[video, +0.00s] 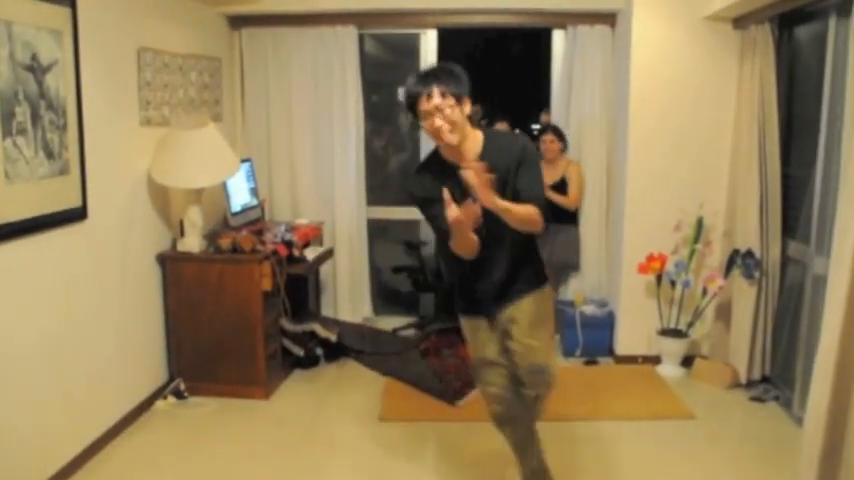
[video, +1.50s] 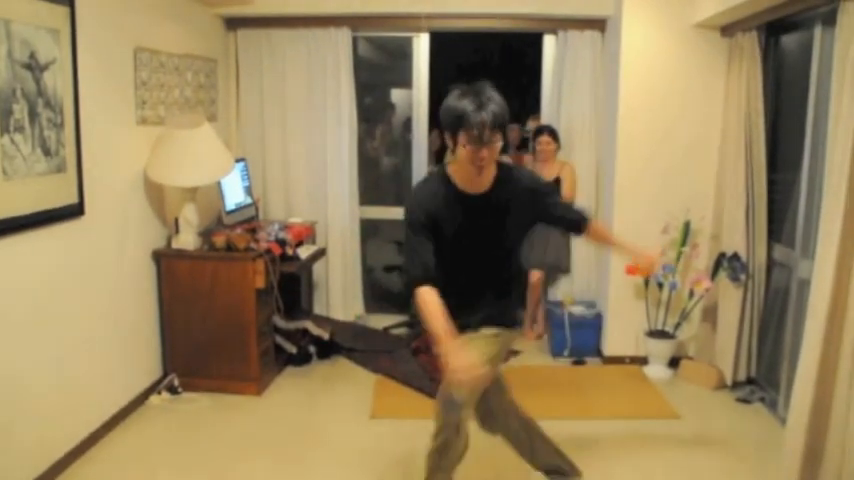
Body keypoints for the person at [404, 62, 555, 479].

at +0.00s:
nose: (437, 124)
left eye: (443, 110)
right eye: (426, 116)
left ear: (465, 105)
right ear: (418, 122)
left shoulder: (514, 148)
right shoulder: (427, 177)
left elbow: (536, 221)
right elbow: (464, 251)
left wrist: (490, 199)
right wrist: (462, 227)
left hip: (523, 285)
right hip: (473, 298)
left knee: (537, 376)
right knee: (500, 401)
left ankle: (516, 428)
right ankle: (535, 474)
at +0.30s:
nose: (476, 136)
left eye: (485, 124)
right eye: (468, 126)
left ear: (511, 122)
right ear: (460, 127)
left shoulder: (540, 181)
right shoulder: (450, 166)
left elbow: (526, 257)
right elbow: (400, 221)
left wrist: (463, 258)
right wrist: (417, 256)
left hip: (499, 298)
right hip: (449, 286)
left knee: (479, 396)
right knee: (456, 378)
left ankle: (444, 465)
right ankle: (463, 459)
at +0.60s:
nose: (452, 142)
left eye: (461, 131)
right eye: (447, 132)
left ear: (493, 128)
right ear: (442, 133)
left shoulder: (518, 193)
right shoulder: (452, 170)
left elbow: (539, 285)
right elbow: (429, 214)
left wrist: (527, 360)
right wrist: (378, 229)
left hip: (472, 324)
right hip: (426, 298)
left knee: (430, 407)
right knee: (383, 361)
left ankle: (395, 468)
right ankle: (474, 394)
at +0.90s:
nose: (452, 161)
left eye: (457, 149)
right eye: (445, 152)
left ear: (485, 134)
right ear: (444, 147)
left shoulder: (530, 180)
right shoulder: (469, 180)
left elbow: (558, 263)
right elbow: (471, 253)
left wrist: (505, 315)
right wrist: (453, 313)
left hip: (551, 314)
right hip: (510, 313)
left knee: (516, 402)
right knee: (514, 403)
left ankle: (588, 472)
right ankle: (562, 472)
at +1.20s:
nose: (463, 186)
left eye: (470, 175)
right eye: (455, 177)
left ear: (495, 161)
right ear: (447, 174)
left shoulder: (535, 193)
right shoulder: (464, 205)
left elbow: (594, 252)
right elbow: (466, 259)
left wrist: (558, 315)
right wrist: (452, 308)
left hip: (571, 320)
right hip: (516, 326)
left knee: (585, 409)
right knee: (512, 420)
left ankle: (657, 473)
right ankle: (556, 476)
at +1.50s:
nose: (484, 155)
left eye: (492, 144)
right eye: (474, 144)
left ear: (502, 142)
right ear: (452, 141)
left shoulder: (517, 185)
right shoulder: (428, 196)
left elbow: (575, 221)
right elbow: (422, 282)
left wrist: (633, 252)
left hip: (498, 320)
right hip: (447, 324)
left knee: (452, 399)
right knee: (496, 412)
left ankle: (437, 475)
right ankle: (564, 472)